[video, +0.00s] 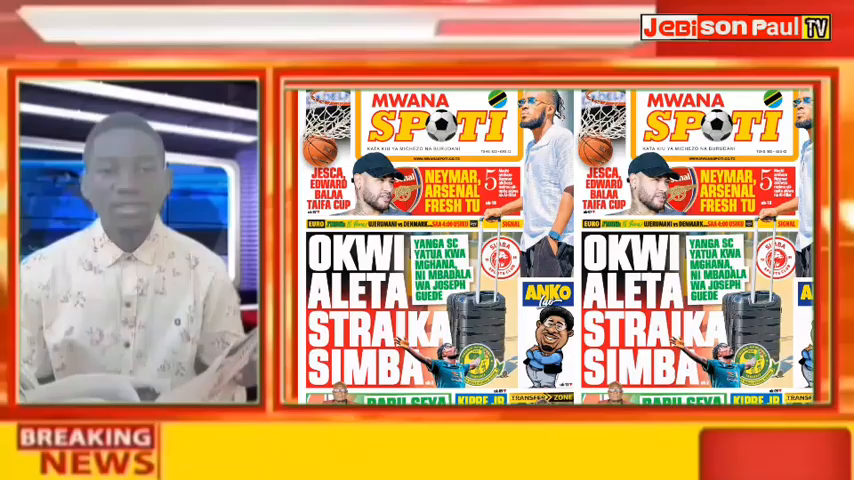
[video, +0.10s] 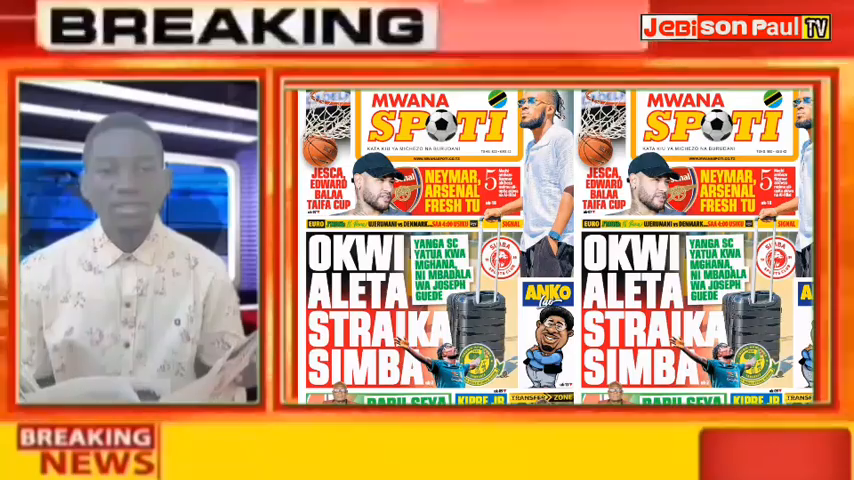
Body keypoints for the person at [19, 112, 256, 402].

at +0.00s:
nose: (127, 184)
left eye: (145, 169)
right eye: (107, 170)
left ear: (167, 181)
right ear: (85, 186)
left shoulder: (206, 272)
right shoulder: (40, 274)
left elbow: (232, 386)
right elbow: (20, 390)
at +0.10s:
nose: (127, 184)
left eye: (145, 168)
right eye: (107, 170)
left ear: (167, 181)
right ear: (85, 186)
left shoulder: (207, 272)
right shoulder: (39, 274)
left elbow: (232, 384)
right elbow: (20, 389)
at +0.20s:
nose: (126, 184)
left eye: (144, 168)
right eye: (106, 170)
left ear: (166, 180)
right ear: (83, 186)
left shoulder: (205, 272)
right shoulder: (38, 275)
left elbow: (233, 385)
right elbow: (20, 390)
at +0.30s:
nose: (124, 186)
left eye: (142, 170)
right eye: (104, 172)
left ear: (165, 179)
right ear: (82, 186)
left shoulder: (205, 272)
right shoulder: (38, 275)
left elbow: (231, 388)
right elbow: (20, 391)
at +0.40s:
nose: (124, 194)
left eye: (141, 176)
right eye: (105, 178)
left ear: (165, 180)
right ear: (82, 186)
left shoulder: (206, 273)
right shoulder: (37, 276)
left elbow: (231, 391)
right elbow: (25, 393)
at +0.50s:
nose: (124, 201)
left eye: (141, 182)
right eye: (104, 184)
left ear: (164, 181)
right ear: (81, 187)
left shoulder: (205, 273)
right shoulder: (36, 277)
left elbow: (229, 391)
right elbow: (25, 394)